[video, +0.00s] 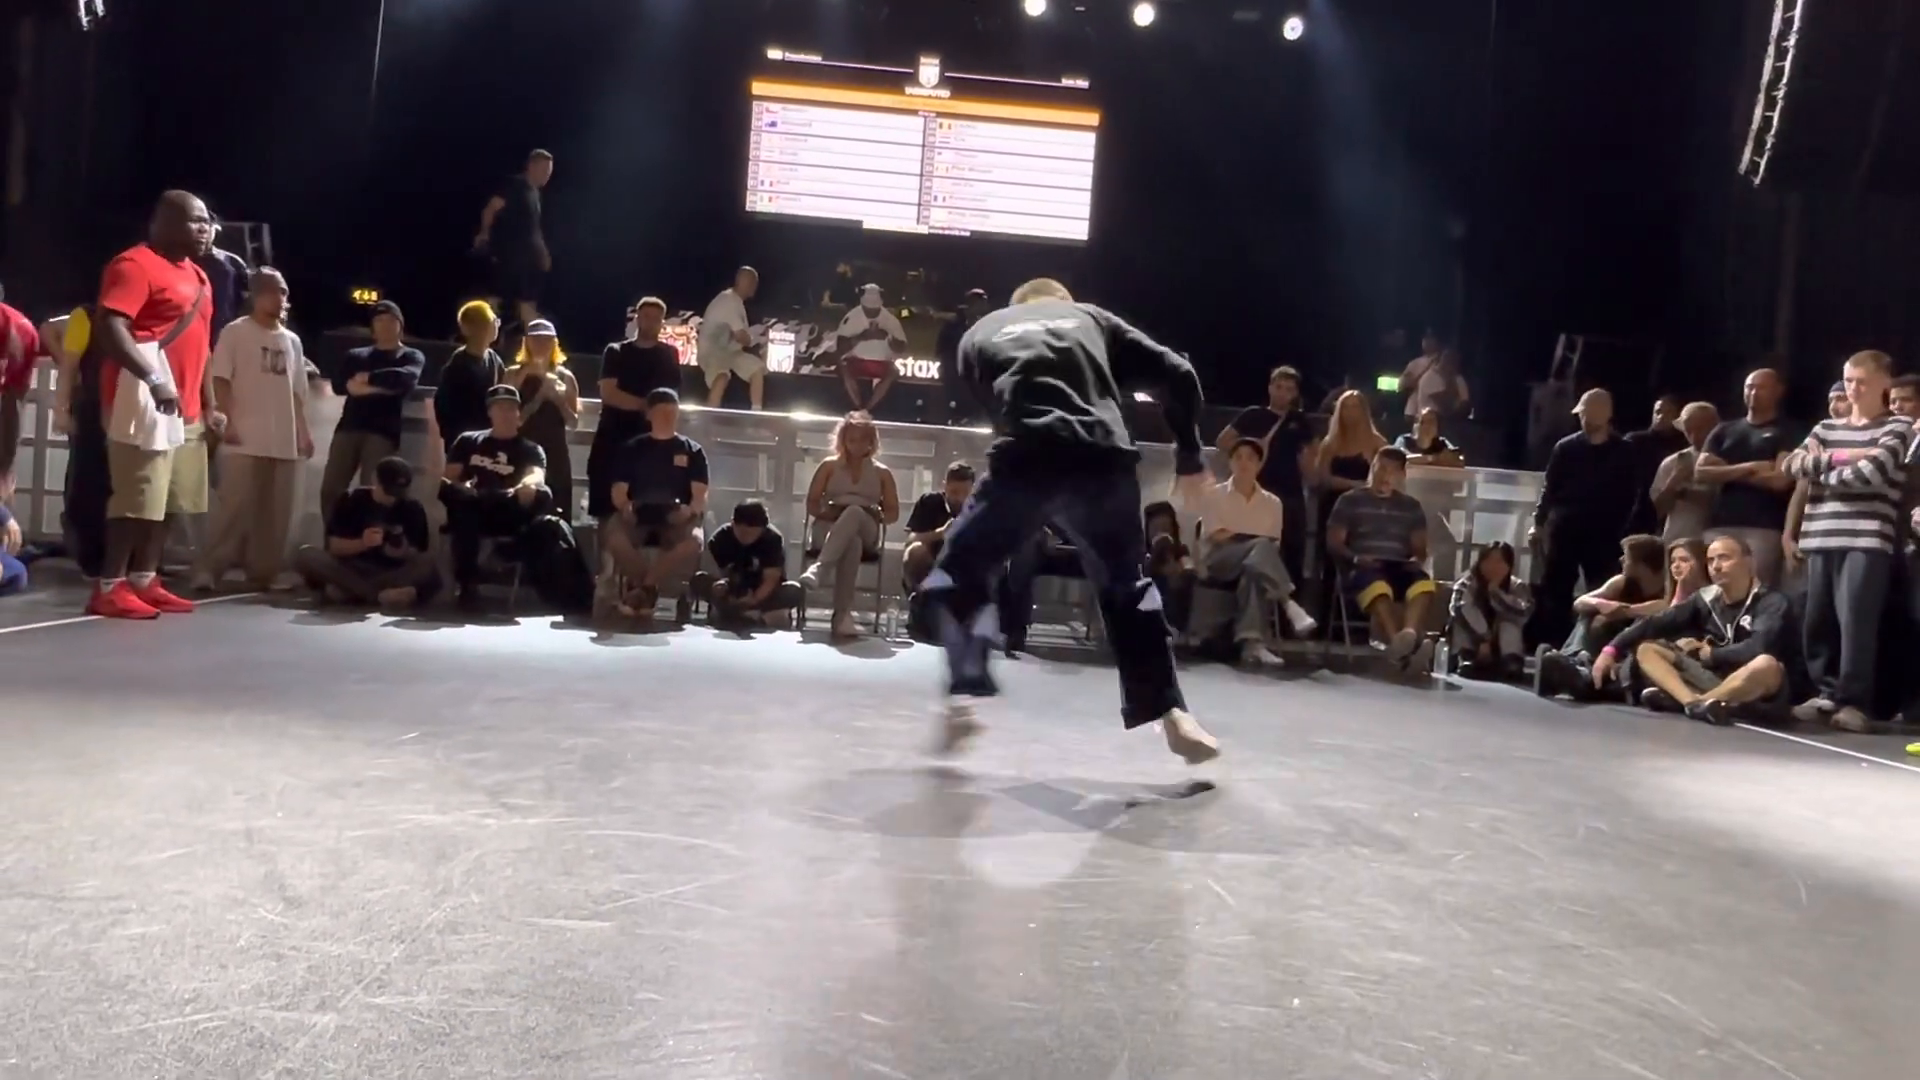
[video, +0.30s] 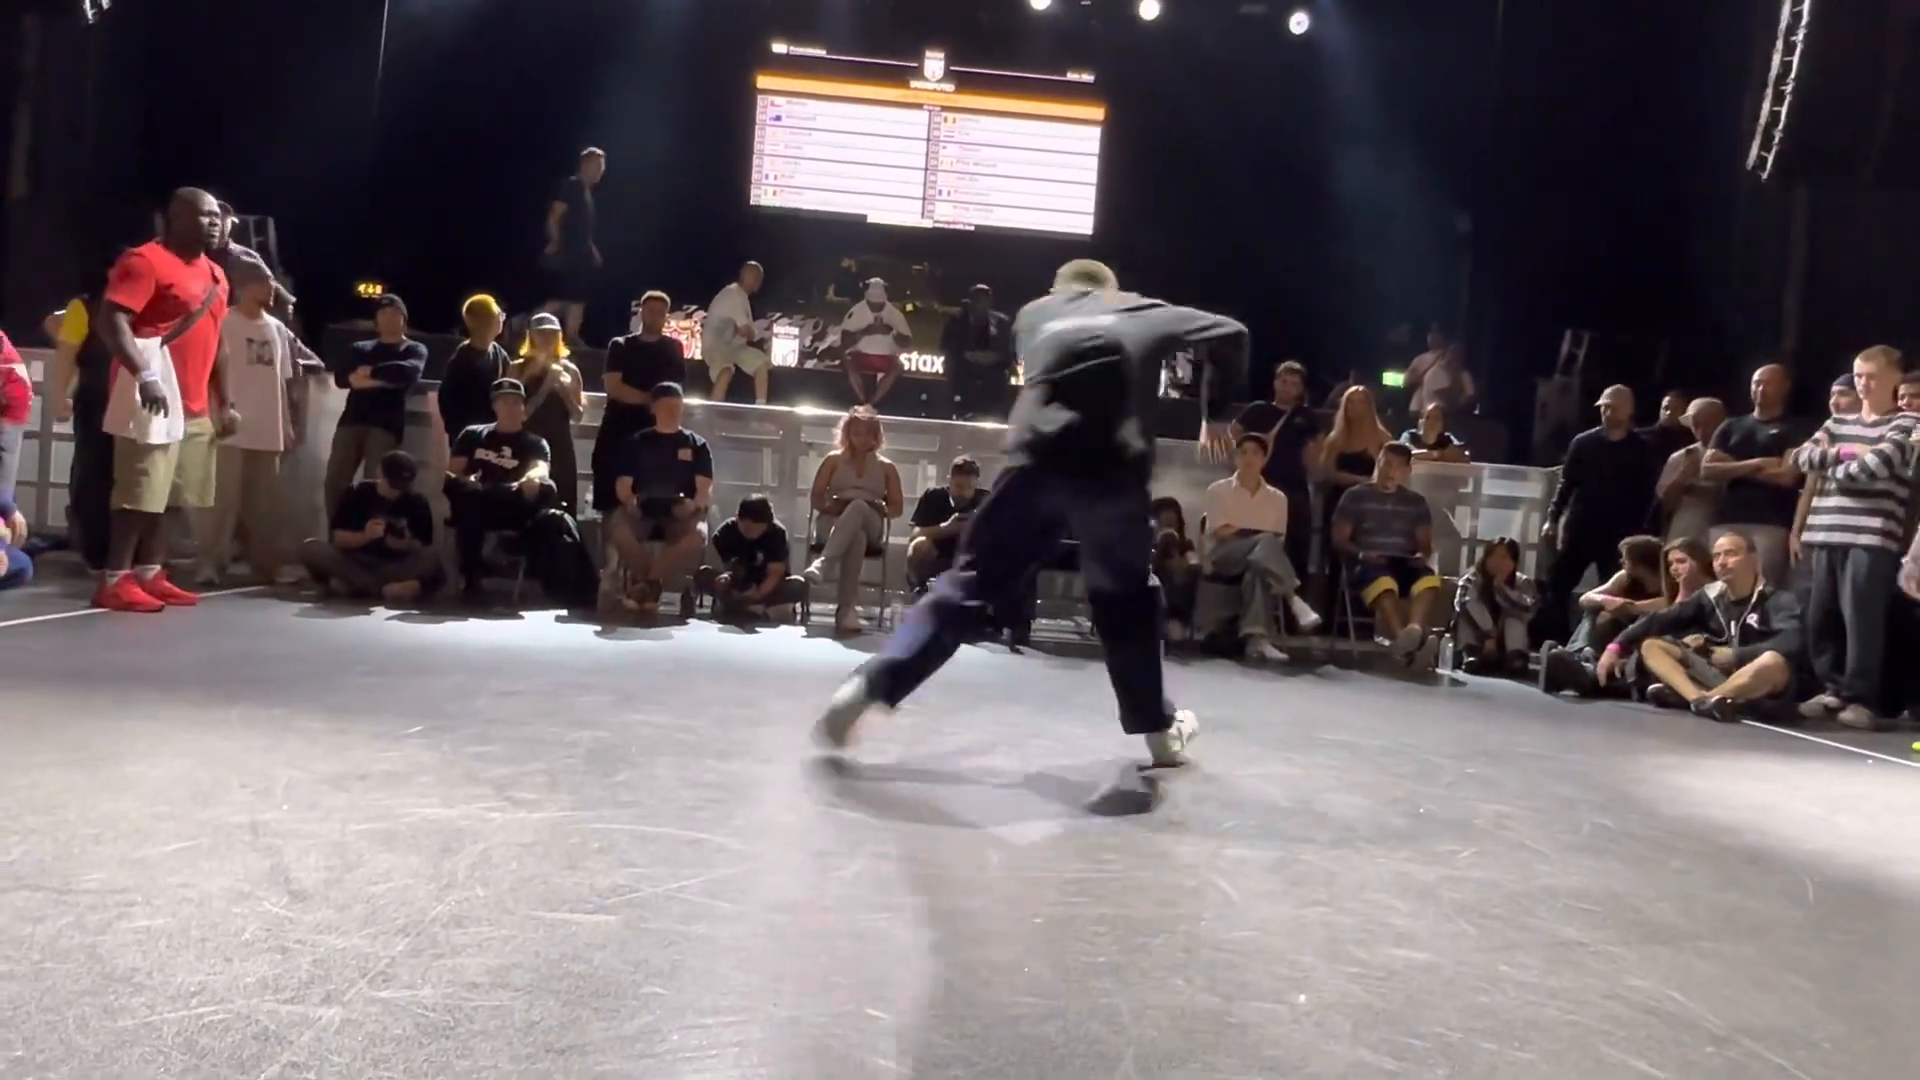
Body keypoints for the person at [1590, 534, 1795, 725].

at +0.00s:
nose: (1715, 567)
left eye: (1724, 559)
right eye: (1711, 561)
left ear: (1748, 562)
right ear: (1707, 567)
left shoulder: (1772, 602)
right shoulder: (1705, 598)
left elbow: (1758, 648)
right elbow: (1659, 623)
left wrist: (1710, 654)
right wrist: (1612, 651)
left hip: (1762, 692)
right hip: (1716, 682)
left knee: (1766, 665)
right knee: (1646, 650)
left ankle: (1696, 703)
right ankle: (1694, 704)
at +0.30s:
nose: (1721, 562)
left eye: (1730, 555)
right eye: (1716, 557)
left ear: (1753, 559)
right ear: (1712, 563)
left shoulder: (1778, 600)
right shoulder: (1709, 596)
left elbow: (1792, 642)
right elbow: (1662, 620)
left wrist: (1735, 655)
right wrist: (1616, 647)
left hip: (1764, 685)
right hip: (1719, 679)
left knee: (1773, 662)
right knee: (1650, 647)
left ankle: (1705, 699)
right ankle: (1700, 700)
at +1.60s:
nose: (1763, 558)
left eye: (1767, 551)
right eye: (1752, 553)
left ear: (1773, 554)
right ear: (1735, 562)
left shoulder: (1795, 594)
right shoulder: (1724, 592)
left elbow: (1805, 632)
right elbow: (1673, 615)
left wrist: (1769, 649)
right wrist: (1635, 640)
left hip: (1774, 674)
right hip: (1730, 669)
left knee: (1792, 662)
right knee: (1665, 642)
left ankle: (1718, 694)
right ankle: (1712, 695)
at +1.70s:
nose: (1763, 559)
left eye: (1766, 552)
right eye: (1753, 555)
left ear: (1772, 554)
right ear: (1735, 564)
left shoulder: (1795, 593)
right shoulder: (1723, 594)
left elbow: (1809, 633)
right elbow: (1670, 615)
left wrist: (1773, 647)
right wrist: (1637, 640)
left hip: (1776, 675)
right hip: (1731, 669)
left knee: (1794, 662)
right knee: (1667, 642)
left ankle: (1721, 694)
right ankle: (1713, 695)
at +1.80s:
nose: (1763, 559)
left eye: (1766, 552)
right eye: (1753, 555)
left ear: (1771, 554)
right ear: (1733, 563)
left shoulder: (1794, 591)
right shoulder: (1723, 591)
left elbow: (1807, 632)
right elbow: (1671, 614)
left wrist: (1769, 652)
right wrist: (1644, 638)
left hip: (1772, 670)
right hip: (1730, 666)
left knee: (1794, 664)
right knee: (1670, 643)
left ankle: (1716, 694)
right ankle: (1714, 694)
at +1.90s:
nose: (1762, 559)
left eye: (1765, 552)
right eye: (1752, 554)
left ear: (1771, 553)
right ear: (1732, 562)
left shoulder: (1793, 590)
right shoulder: (1721, 591)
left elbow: (1795, 628)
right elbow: (1671, 614)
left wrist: (1754, 656)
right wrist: (1658, 633)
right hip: (1729, 667)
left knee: (1793, 661)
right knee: (1663, 643)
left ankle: (1718, 694)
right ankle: (1714, 694)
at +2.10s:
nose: (1758, 558)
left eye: (1762, 550)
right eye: (1748, 552)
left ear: (1770, 554)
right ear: (1732, 561)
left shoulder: (1792, 593)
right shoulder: (1722, 591)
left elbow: (1768, 633)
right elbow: (1669, 616)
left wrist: (1717, 655)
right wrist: (1685, 638)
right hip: (1728, 674)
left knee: (1789, 659)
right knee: (1658, 637)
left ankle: (1717, 694)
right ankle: (1713, 694)